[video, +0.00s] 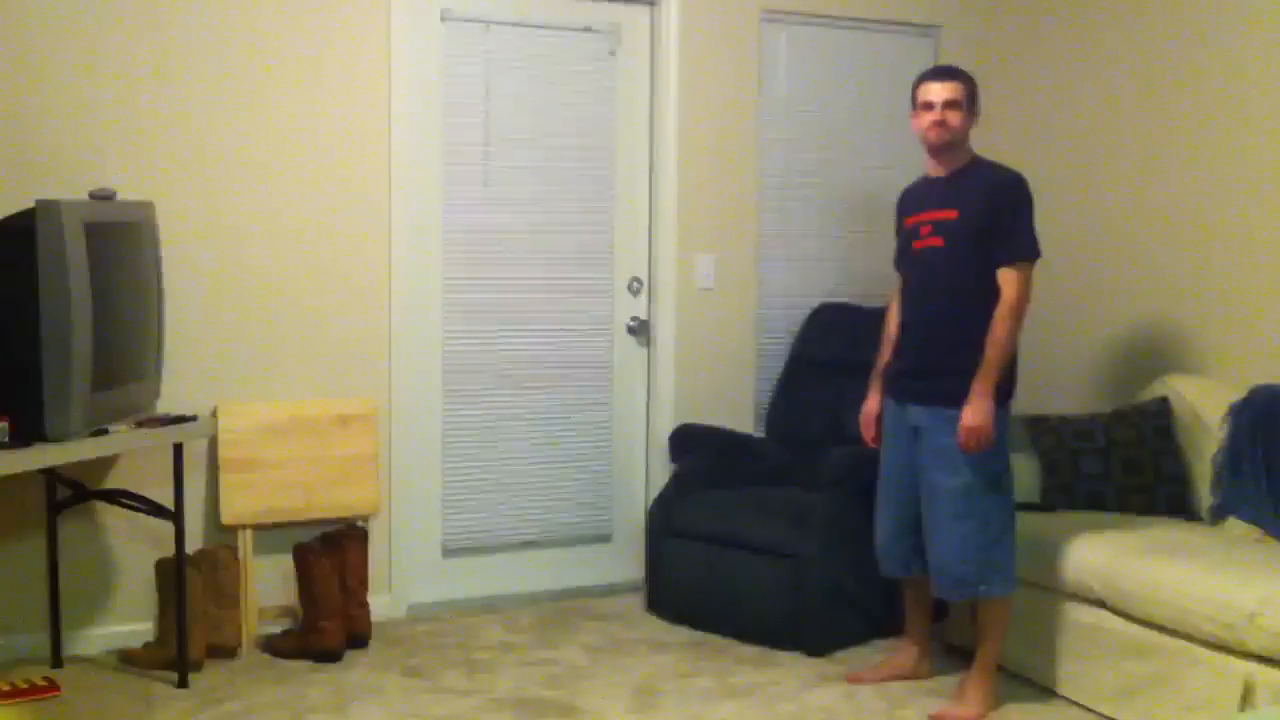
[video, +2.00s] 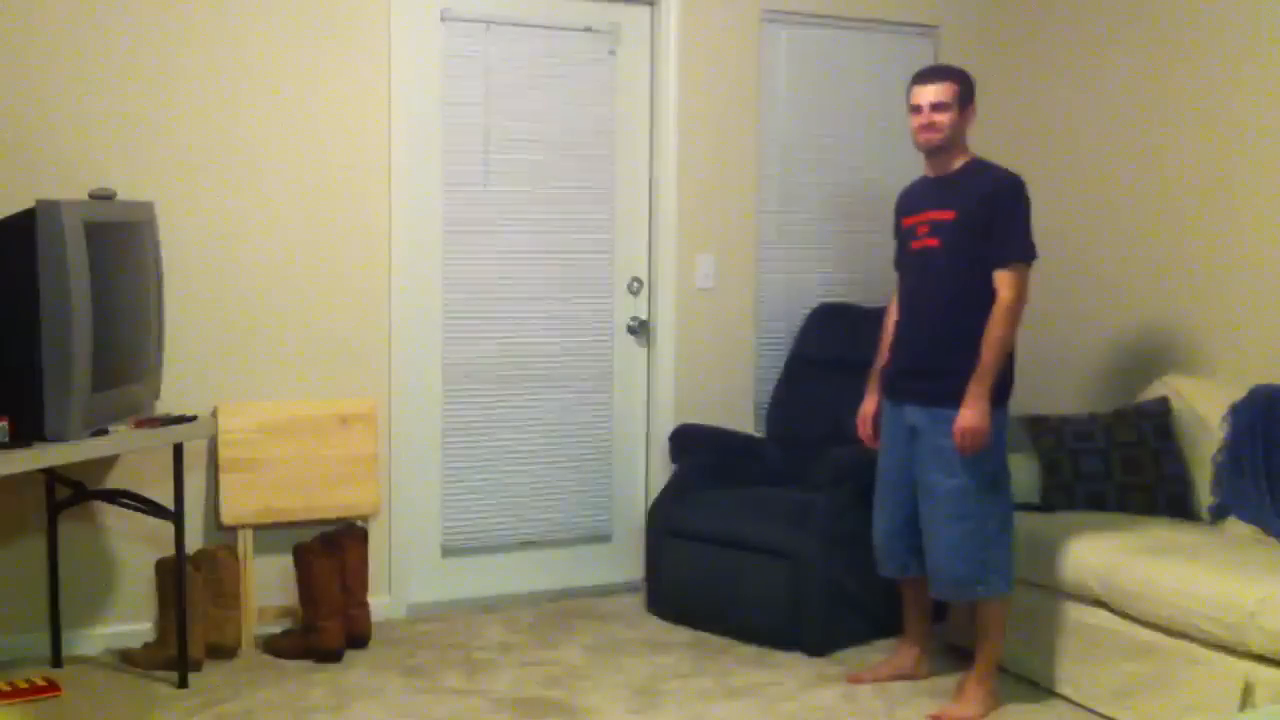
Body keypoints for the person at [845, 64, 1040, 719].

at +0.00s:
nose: (939, 117)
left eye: (952, 107)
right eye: (927, 107)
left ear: (972, 118)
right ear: (913, 119)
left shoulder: (1003, 188)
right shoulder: (911, 200)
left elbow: (1012, 300)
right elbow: (903, 299)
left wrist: (983, 395)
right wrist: (877, 387)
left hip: (966, 401)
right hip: (905, 397)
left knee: (982, 543)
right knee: (909, 529)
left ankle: (982, 677)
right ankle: (914, 650)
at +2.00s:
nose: (928, 118)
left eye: (941, 108)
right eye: (918, 109)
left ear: (967, 116)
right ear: (909, 121)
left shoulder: (999, 189)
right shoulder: (910, 201)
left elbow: (1010, 298)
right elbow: (902, 298)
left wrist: (979, 397)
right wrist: (875, 387)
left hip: (963, 403)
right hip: (903, 398)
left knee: (979, 541)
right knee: (907, 529)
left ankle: (983, 678)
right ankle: (914, 650)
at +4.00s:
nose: (964, 117)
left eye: (979, 107)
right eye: (962, 107)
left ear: (1020, 115)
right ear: (963, 115)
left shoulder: (1055, 196)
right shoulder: (961, 198)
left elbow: (1061, 312)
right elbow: (951, 306)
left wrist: (1029, 414)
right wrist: (918, 389)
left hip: (1002, 417)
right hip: (937, 406)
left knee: (999, 562)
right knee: (925, 538)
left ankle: (987, 690)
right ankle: (977, 644)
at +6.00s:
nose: (955, 119)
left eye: (969, 108)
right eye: (949, 110)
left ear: (1005, 115)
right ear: (944, 121)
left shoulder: (1042, 192)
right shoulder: (947, 201)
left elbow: (1054, 309)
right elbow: (940, 305)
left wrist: (1024, 411)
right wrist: (909, 395)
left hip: (998, 418)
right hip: (932, 409)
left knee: (996, 562)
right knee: (923, 544)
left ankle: (984, 688)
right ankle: (978, 643)